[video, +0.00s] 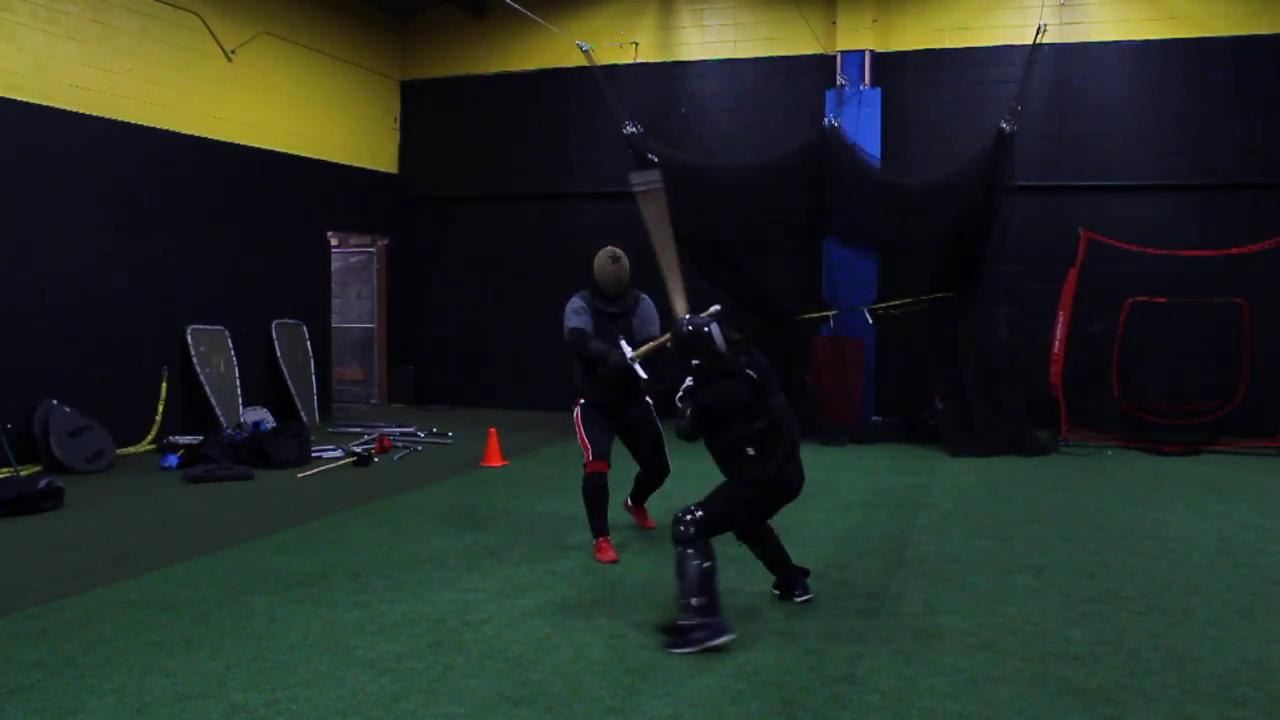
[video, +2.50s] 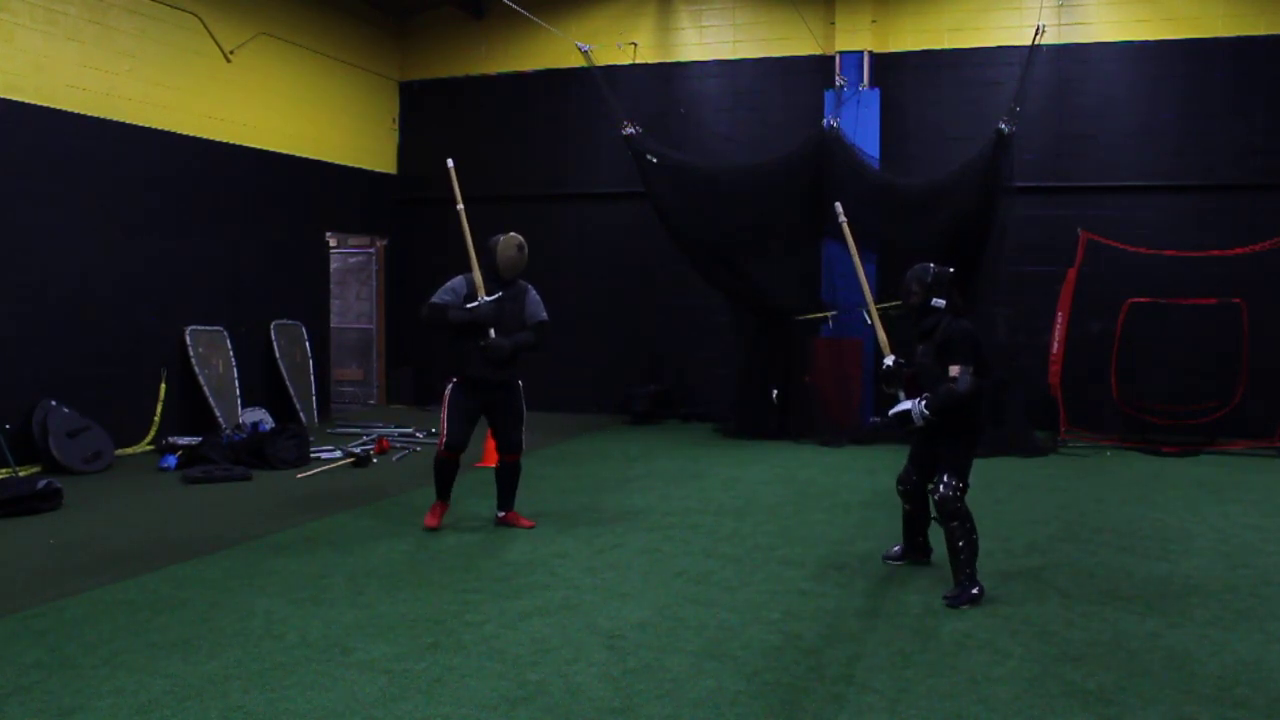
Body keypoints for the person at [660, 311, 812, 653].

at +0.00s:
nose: (686, 360)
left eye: (688, 354)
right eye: (686, 353)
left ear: (698, 356)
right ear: (722, 343)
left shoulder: (708, 391)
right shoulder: (752, 366)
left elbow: (688, 431)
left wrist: (686, 397)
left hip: (756, 482)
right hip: (786, 475)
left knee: (689, 525)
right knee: (744, 518)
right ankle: (792, 580)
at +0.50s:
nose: (749, 293)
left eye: (752, 287)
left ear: (755, 290)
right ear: (793, 289)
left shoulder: (753, 333)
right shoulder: (813, 333)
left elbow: (732, 391)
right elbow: (827, 386)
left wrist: (714, 408)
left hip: (777, 452)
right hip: (815, 450)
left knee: (738, 527)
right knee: (802, 512)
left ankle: (748, 629)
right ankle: (820, 589)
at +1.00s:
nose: (827, 282)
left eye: (830, 274)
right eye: (833, 274)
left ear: (834, 278)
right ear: (869, 279)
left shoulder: (837, 321)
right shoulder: (880, 322)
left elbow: (813, 378)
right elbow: (866, 378)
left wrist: (796, 381)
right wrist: (814, 366)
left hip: (852, 437)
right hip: (878, 435)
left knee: (817, 521)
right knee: (847, 516)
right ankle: (846, 600)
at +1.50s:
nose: (863, 288)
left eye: (867, 281)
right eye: (865, 280)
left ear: (879, 284)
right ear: (902, 283)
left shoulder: (890, 325)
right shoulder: (911, 320)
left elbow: (878, 384)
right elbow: (900, 379)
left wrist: (849, 409)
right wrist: (858, 374)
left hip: (908, 435)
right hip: (918, 430)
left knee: (887, 523)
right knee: (893, 502)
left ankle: (907, 621)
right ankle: (900, 570)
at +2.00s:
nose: (896, 280)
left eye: (902, 274)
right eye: (899, 273)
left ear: (916, 279)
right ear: (927, 280)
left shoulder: (927, 317)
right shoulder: (920, 315)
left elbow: (926, 372)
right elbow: (918, 368)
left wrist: (894, 402)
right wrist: (887, 367)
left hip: (943, 422)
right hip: (929, 420)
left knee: (926, 498)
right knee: (911, 494)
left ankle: (967, 582)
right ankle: (904, 578)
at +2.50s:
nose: (908, 298)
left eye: (914, 291)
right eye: (908, 290)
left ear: (930, 294)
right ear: (928, 294)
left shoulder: (955, 330)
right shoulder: (922, 330)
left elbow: (960, 385)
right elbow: (918, 380)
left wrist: (926, 405)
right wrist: (895, 374)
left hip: (960, 425)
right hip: (934, 423)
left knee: (948, 495)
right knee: (911, 484)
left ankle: (967, 581)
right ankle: (915, 547)